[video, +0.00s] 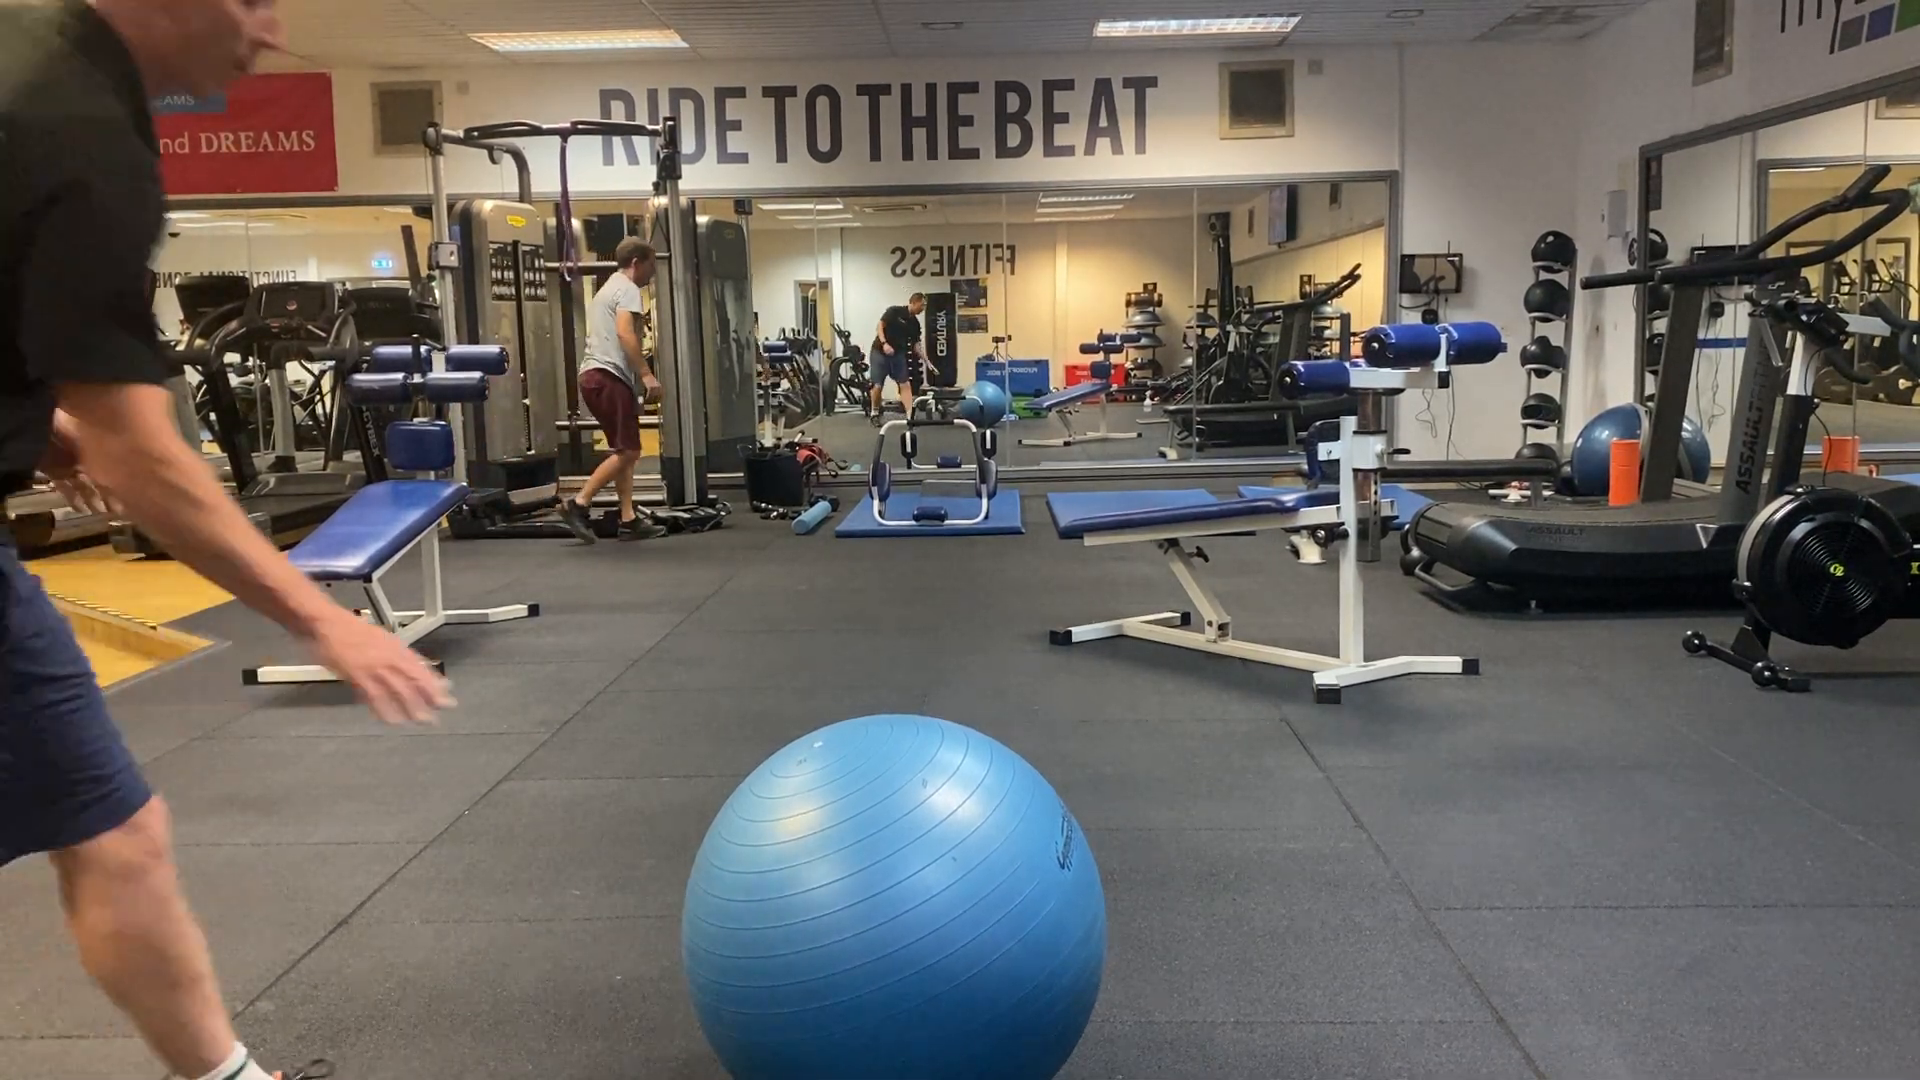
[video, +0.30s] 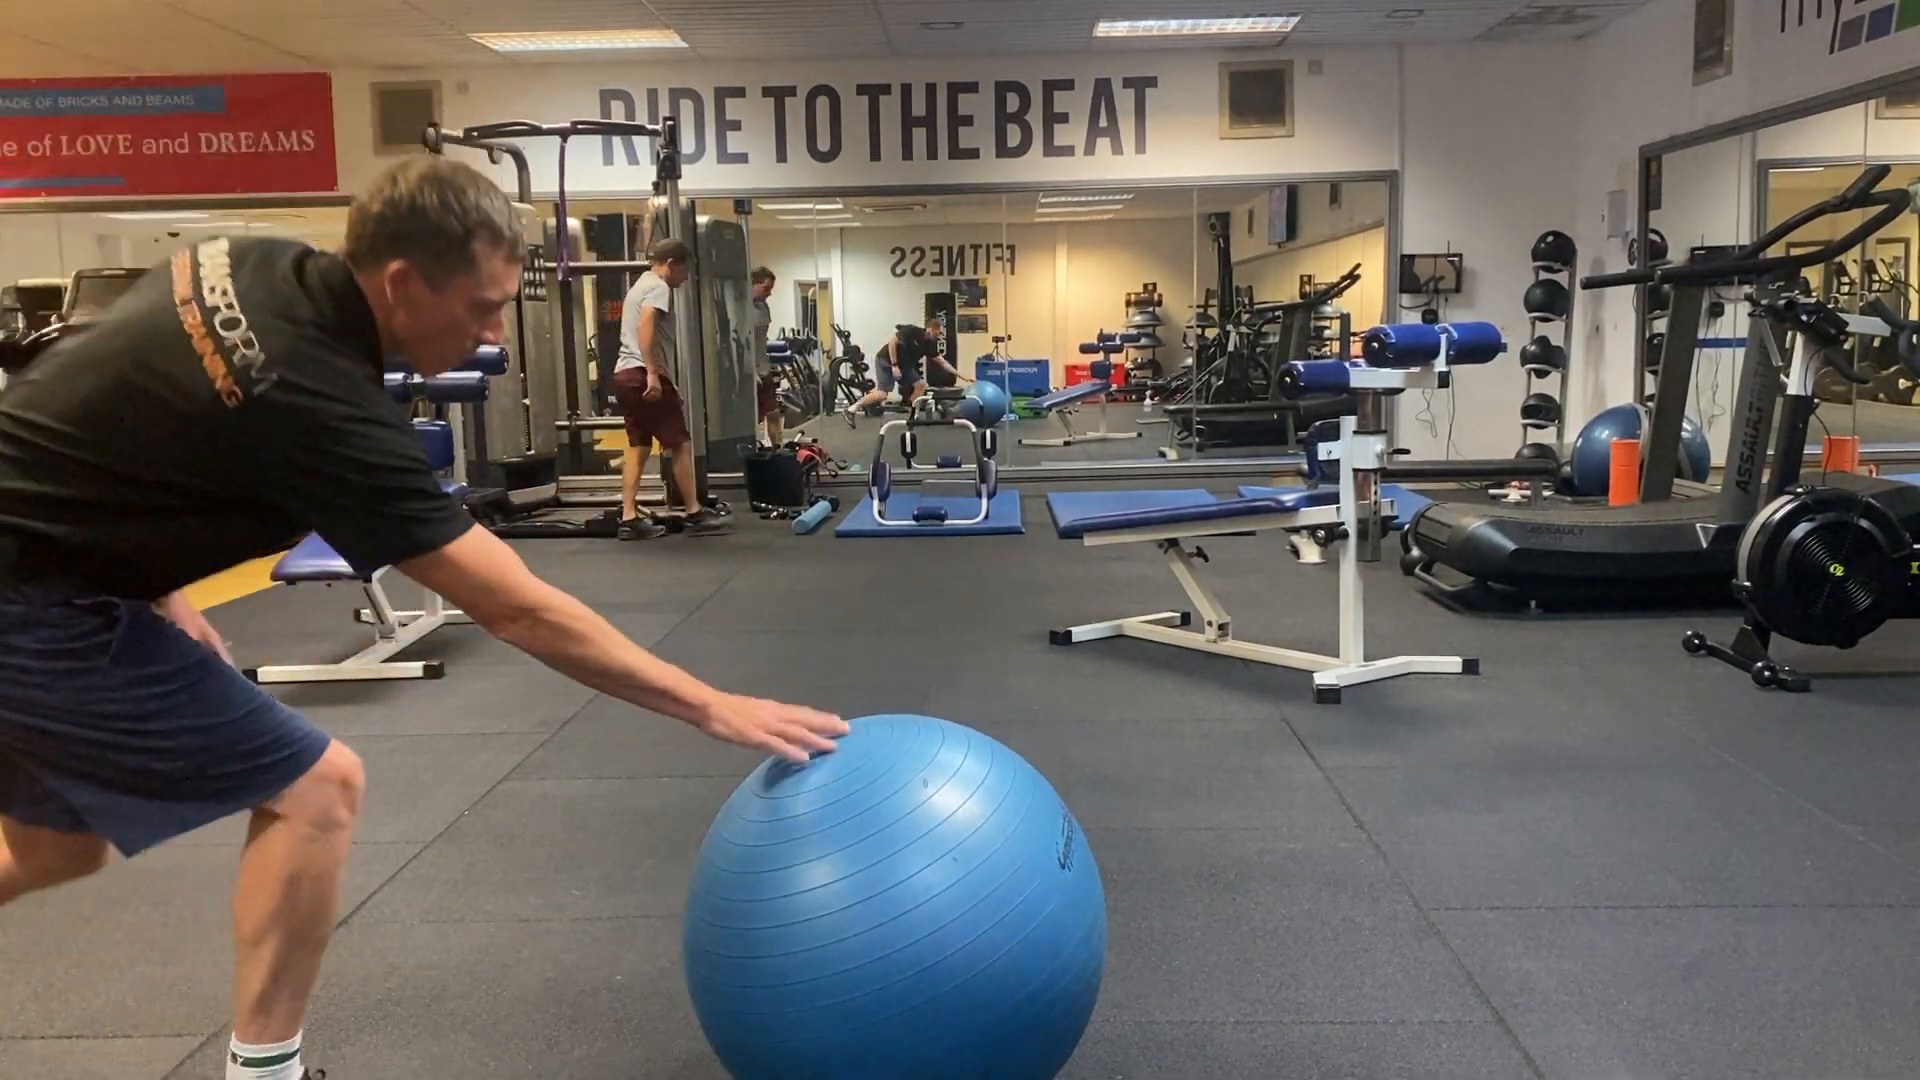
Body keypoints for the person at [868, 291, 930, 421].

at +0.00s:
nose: (922, 309)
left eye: (923, 306)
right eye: (921, 306)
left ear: (918, 305)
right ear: (913, 302)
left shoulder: (915, 324)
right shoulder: (894, 311)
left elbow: (917, 346)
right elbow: (880, 326)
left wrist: (926, 361)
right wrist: (884, 343)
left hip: (899, 353)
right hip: (881, 350)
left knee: (904, 383)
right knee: (877, 385)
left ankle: (910, 415)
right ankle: (875, 413)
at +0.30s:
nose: (939, 335)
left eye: (940, 333)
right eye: (938, 332)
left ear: (935, 331)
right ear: (930, 329)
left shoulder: (930, 344)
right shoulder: (912, 331)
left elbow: (941, 361)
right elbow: (892, 342)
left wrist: (961, 376)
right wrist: (894, 365)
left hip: (904, 364)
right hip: (886, 360)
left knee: (920, 386)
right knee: (882, 393)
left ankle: (912, 417)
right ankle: (851, 410)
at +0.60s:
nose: (933, 341)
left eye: (934, 339)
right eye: (932, 338)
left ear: (924, 338)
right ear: (923, 338)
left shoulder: (921, 351)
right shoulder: (911, 347)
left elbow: (927, 371)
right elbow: (901, 366)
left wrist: (944, 385)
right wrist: (914, 385)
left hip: (901, 381)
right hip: (890, 381)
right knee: (892, 417)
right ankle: (856, 414)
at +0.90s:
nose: (920, 338)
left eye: (920, 335)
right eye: (917, 335)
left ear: (909, 336)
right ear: (909, 335)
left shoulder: (906, 347)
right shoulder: (904, 349)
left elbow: (910, 373)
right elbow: (908, 375)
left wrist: (921, 388)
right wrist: (929, 382)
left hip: (893, 383)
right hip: (885, 385)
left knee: (913, 386)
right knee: (892, 421)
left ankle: (905, 414)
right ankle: (858, 414)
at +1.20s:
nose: (914, 335)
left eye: (914, 333)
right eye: (912, 332)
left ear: (904, 332)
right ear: (904, 332)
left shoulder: (896, 345)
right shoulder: (899, 347)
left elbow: (902, 371)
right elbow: (899, 372)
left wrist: (916, 379)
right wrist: (919, 385)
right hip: (887, 386)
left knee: (895, 418)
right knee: (893, 421)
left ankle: (864, 412)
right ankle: (860, 415)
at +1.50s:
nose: (924, 344)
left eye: (924, 341)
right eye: (923, 340)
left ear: (915, 339)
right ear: (914, 339)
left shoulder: (911, 352)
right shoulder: (904, 351)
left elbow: (907, 375)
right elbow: (900, 376)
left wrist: (920, 384)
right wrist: (918, 387)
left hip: (892, 387)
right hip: (884, 387)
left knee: (897, 422)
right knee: (893, 422)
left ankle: (867, 413)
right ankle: (866, 414)